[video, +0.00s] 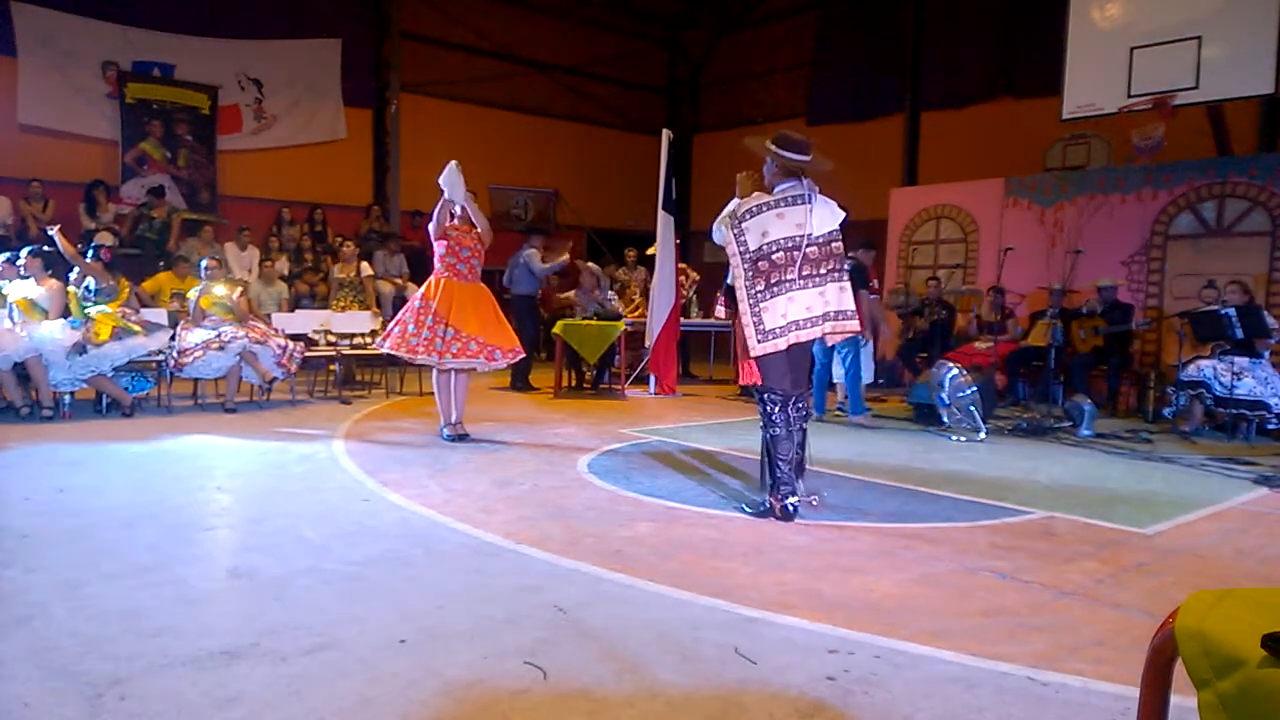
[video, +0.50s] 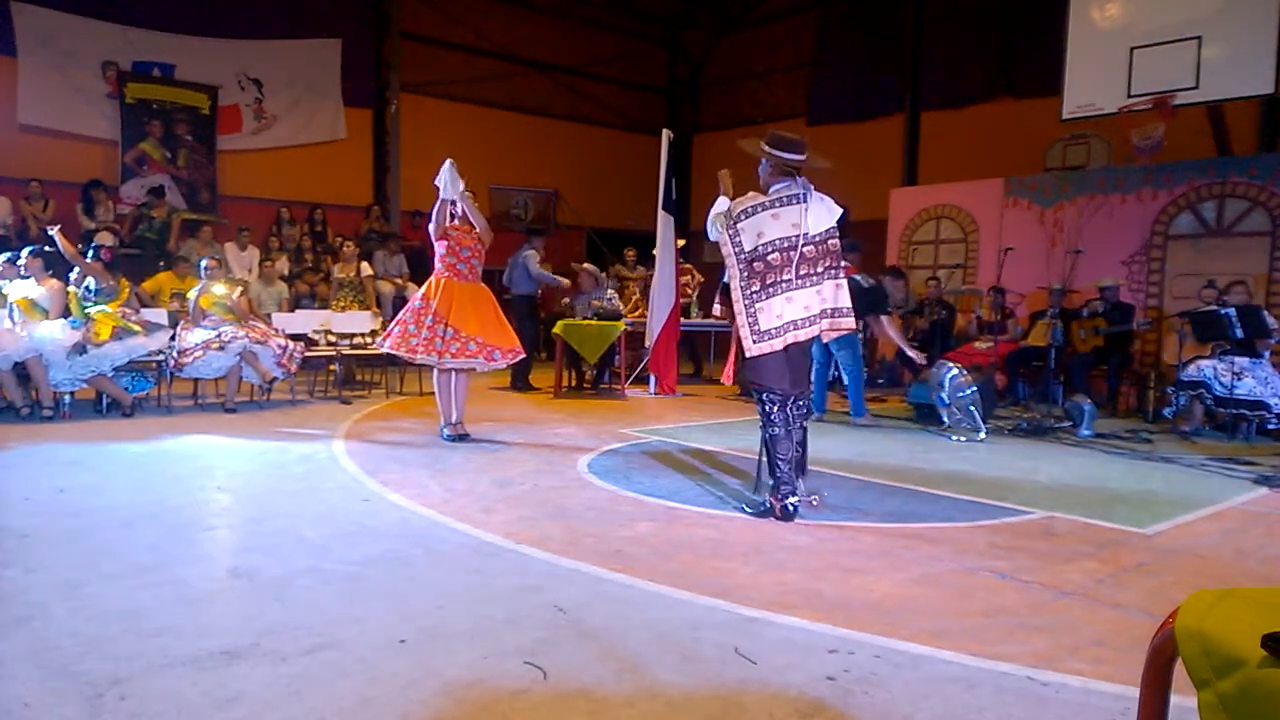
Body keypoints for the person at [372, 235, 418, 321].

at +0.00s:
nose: (397, 245)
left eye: (398, 243)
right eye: (394, 242)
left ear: (399, 244)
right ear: (387, 243)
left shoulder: (400, 256)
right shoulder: (379, 254)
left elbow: (405, 272)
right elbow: (380, 273)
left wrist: (404, 282)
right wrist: (395, 283)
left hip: (398, 278)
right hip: (383, 278)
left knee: (414, 291)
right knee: (387, 291)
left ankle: (417, 317)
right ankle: (387, 318)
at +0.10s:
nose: (397, 245)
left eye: (398, 243)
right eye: (394, 243)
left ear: (399, 244)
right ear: (387, 243)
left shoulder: (400, 256)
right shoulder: (379, 254)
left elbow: (405, 272)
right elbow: (380, 273)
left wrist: (404, 282)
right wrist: (395, 283)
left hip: (398, 278)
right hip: (383, 278)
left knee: (414, 291)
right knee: (387, 291)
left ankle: (418, 316)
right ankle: (387, 318)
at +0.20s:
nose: (397, 245)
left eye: (398, 243)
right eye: (394, 243)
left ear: (399, 244)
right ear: (388, 243)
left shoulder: (400, 256)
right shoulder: (379, 254)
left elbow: (405, 272)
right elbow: (380, 273)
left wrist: (404, 282)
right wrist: (395, 283)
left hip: (398, 278)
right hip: (383, 278)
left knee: (414, 291)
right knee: (387, 291)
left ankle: (418, 317)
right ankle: (387, 318)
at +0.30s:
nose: (397, 245)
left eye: (398, 243)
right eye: (394, 243)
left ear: (399, 244)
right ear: (388, 243)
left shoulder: (400, 256)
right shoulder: (379, 254)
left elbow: (405, 272)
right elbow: (380, 273)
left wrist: (404, 282)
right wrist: (395, 283)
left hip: (398, 278)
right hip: (383, 278)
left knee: (414, 290)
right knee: (387, 291)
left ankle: (418, 316)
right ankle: (387, 318)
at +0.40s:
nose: (397, 245)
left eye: (398, 243)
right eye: (394, 243)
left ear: (399, 244)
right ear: (388, 243)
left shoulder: (400, 256)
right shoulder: (379, 254)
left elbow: (405, 272)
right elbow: (380, 273)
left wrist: (404, 282)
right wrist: (395, 283)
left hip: (398, 278)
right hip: (383, 278)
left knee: (414, 291)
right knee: (387, 291)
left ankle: (418, 317)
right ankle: (387, 318)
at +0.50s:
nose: (397, 245)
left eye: (398, 243)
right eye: (394, 243)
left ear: (399, 244)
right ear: (388, 243)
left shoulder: (400, 256)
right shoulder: (379, 254)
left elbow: (405, 272)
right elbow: (380, 273)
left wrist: (404, 282)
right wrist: (394, 283)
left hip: (398, 278)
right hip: (383, 278)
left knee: (414, 291)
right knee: (387, 291)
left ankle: (418, 317)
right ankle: (387, 318)